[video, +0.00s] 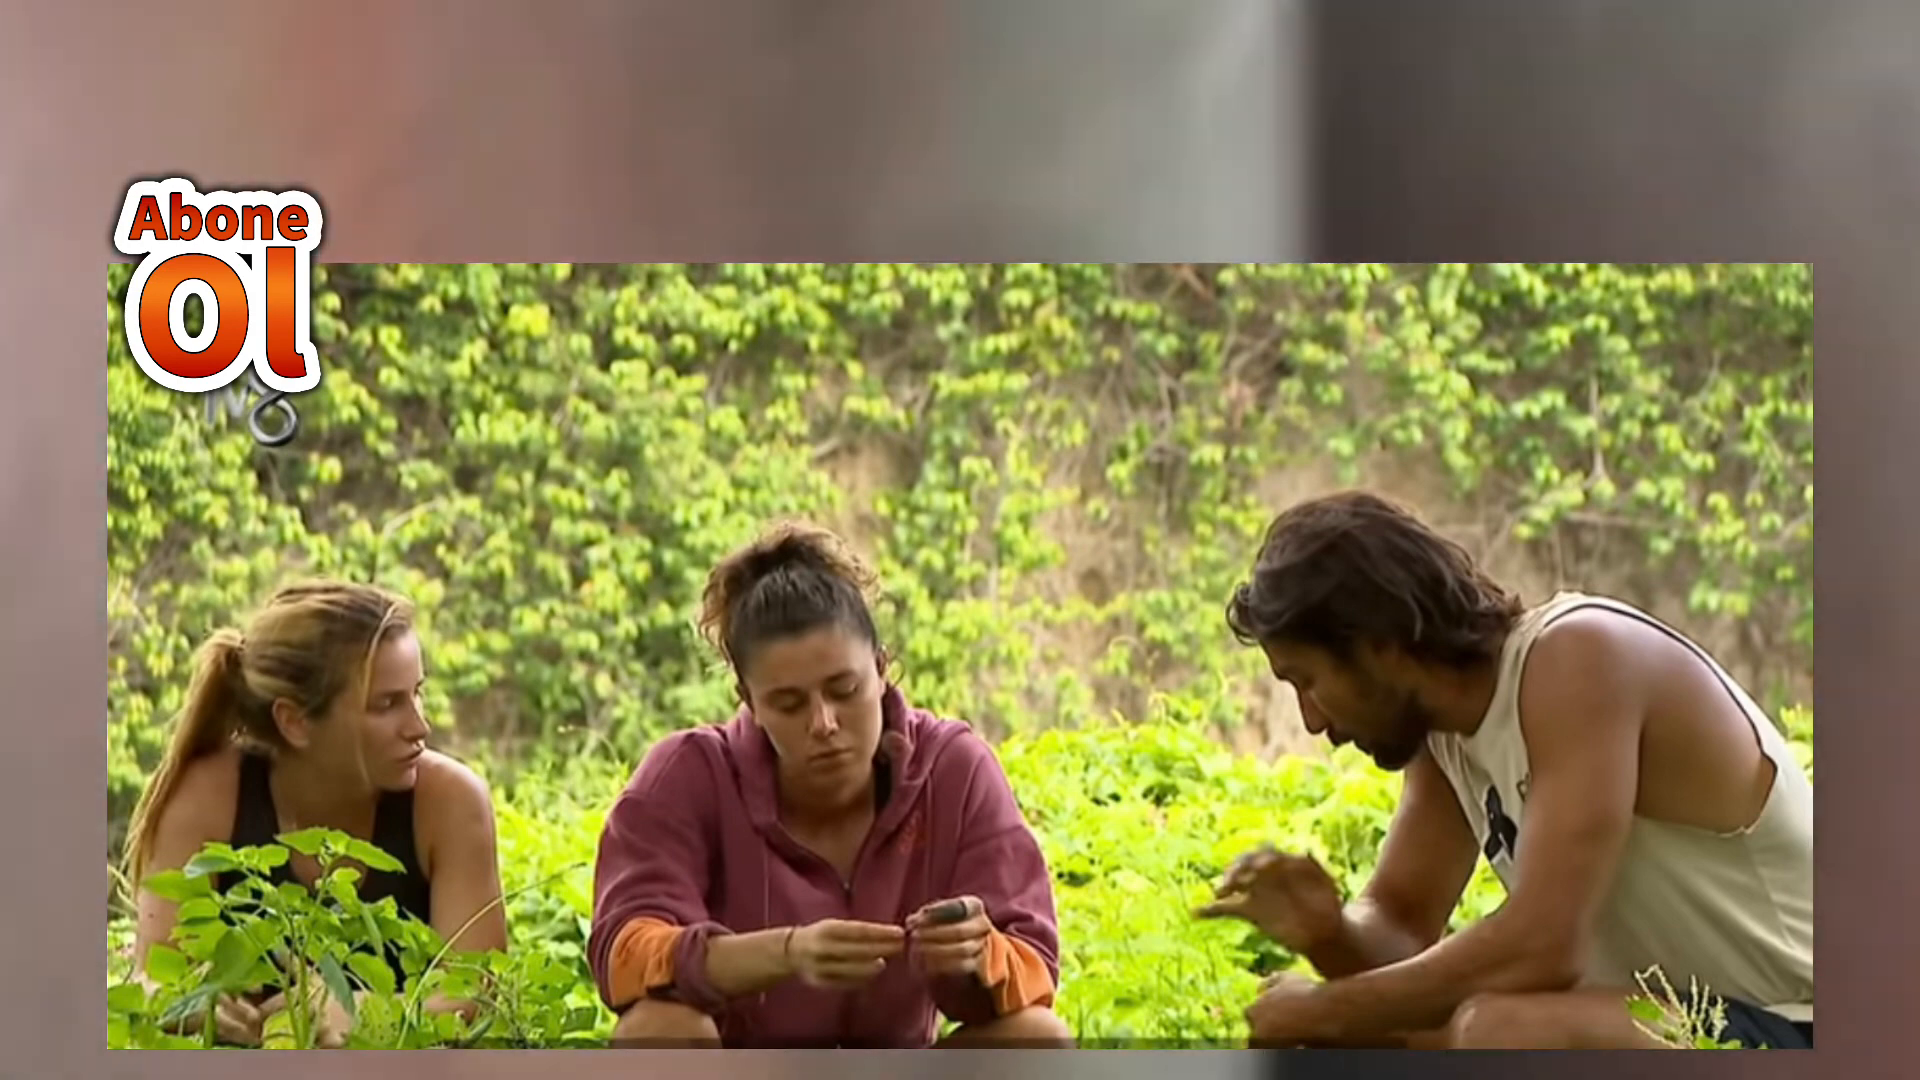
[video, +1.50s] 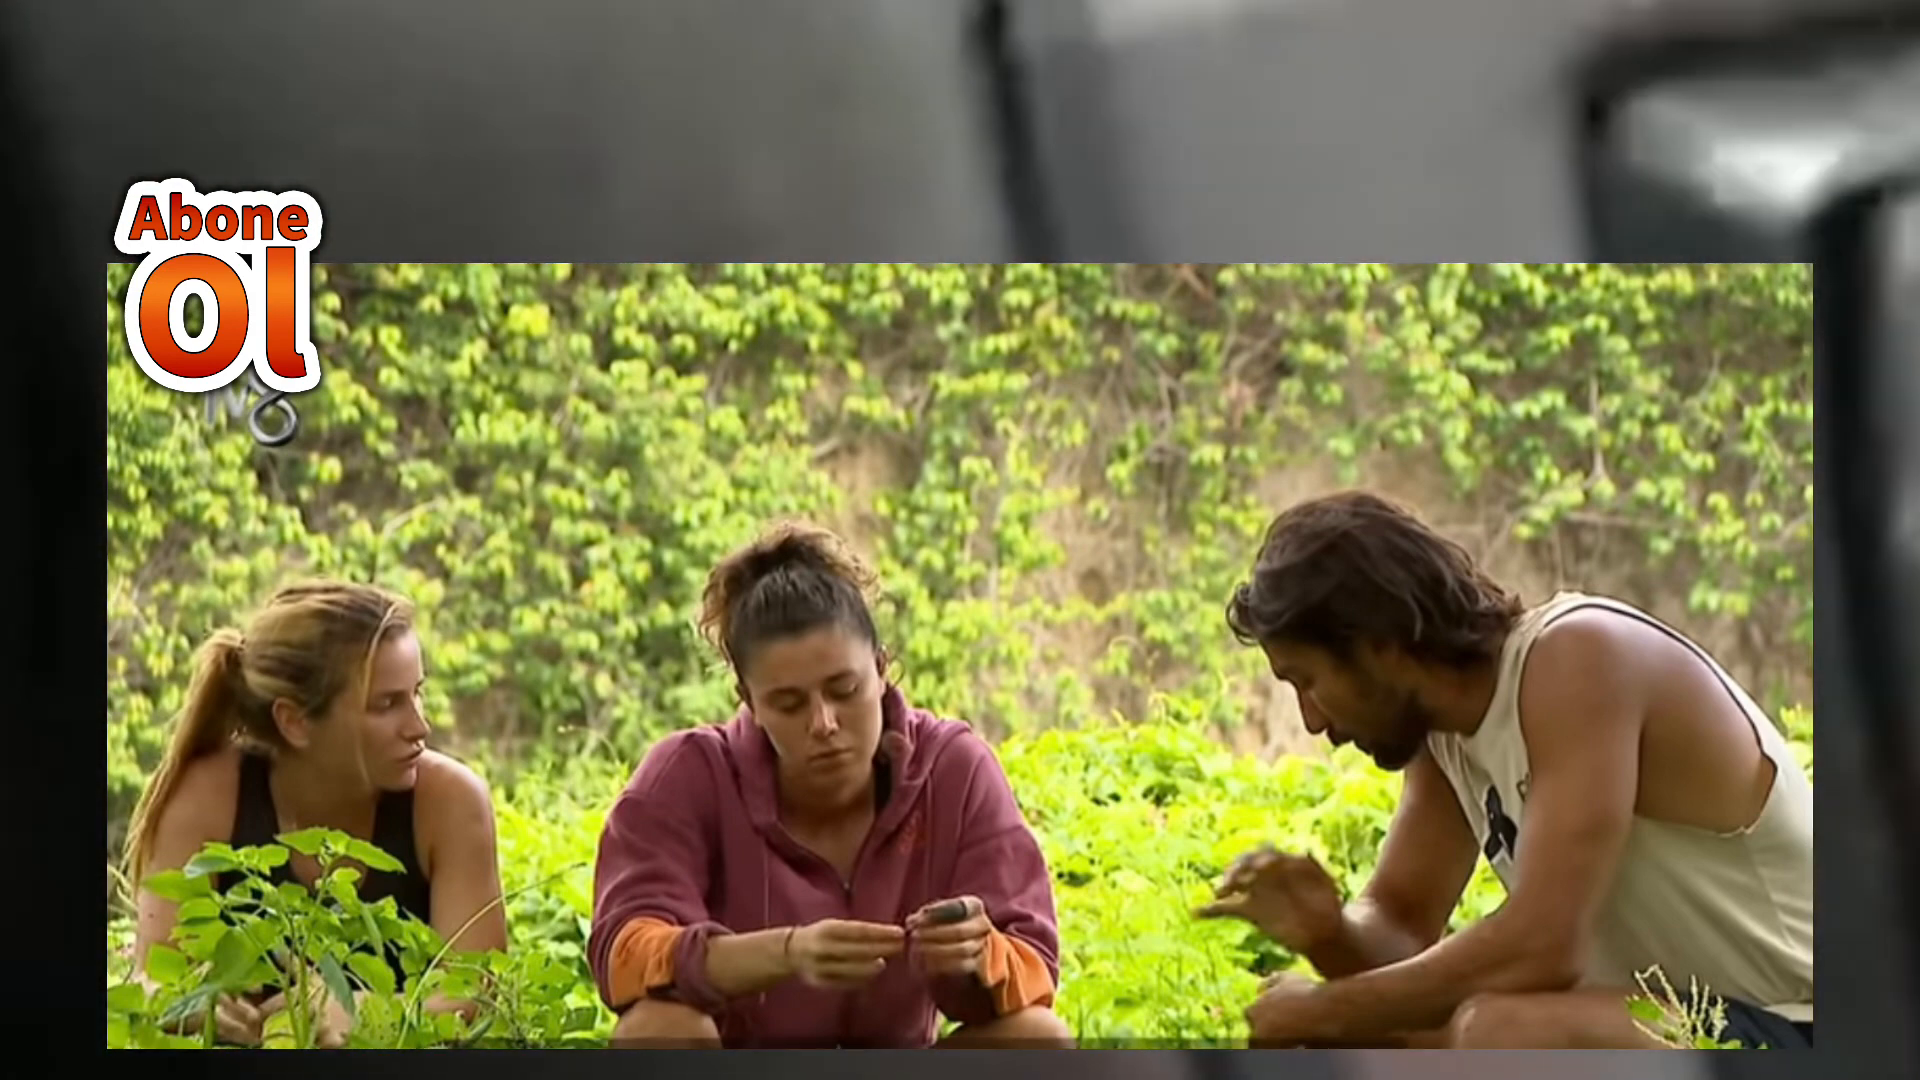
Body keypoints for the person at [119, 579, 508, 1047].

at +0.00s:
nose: (420, 725)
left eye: (417, 695)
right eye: (388, 705)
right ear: (295, 722)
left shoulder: (451, 799)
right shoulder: (205, 792)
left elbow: (470, 1000)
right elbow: (153, 983)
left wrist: (355, 1013)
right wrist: (200, 1008)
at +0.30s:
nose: (420, 726)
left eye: (417, 695)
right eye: (388, 705)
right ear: (295, 722)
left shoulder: (451, 799)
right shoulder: (205, 792)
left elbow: (471, 1002)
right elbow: (154, 983)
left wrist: (355, 1013)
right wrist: (200, 1008)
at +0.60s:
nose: (420, 725)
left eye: (417, 695)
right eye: (388, 705)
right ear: (295, 722)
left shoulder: (451, 799)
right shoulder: (206, 792)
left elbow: (470, 1003)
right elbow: (152, 984)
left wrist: (355, 1013)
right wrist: (199, 1009)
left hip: (386, 1064)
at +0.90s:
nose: (420, 725)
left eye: (417, 695)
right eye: (388, 705)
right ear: (295, 723)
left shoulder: (451, 800)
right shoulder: (206, 792)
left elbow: (470, 1003)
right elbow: (153, 984)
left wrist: (354, 1013)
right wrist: (199, 1009)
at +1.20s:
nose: (420, 725)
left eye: (417, 695)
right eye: (388, 704)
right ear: (295, 723)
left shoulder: (451, 799)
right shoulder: (206, 791)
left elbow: (471, 1001)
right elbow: (152, 982)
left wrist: (355, 1013)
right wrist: (197, 1008)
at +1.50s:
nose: (420, 725)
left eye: (417, 695)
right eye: (388, 705)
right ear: (295, 722)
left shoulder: (451, 799)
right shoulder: (206, 791)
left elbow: (470, 1001)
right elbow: (152, 982)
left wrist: (355, 1012)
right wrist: (197, 1008)